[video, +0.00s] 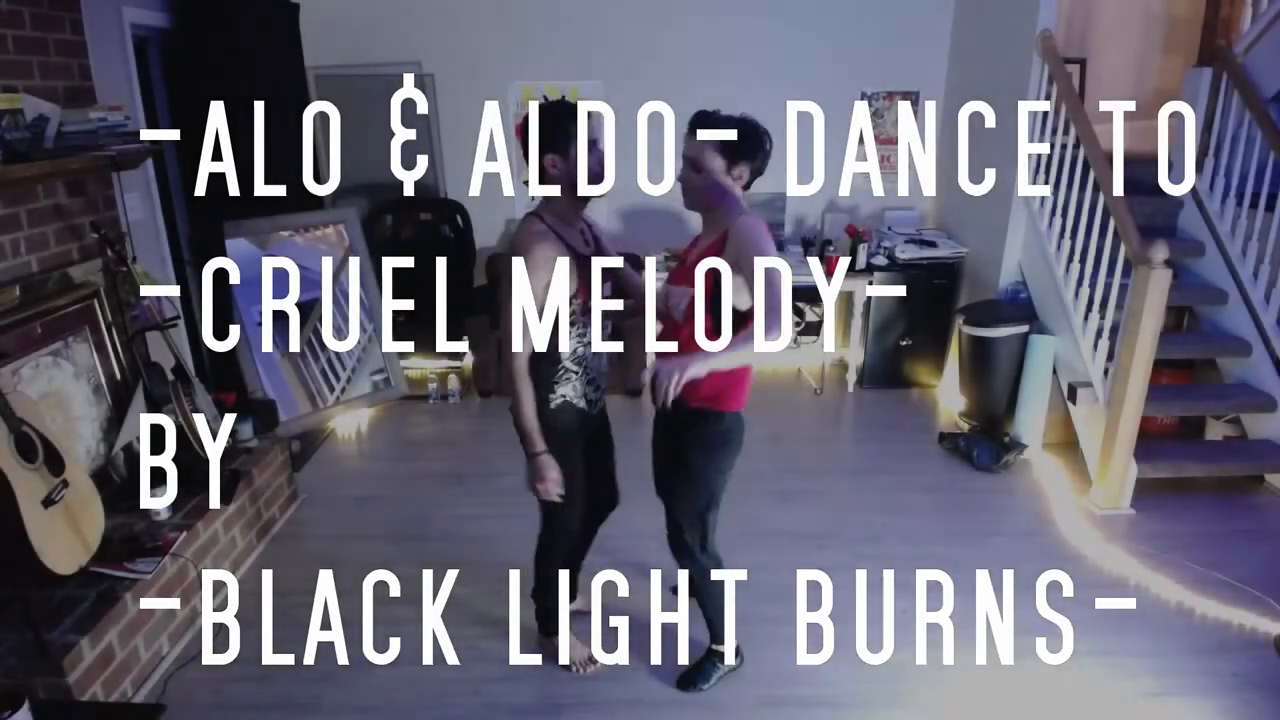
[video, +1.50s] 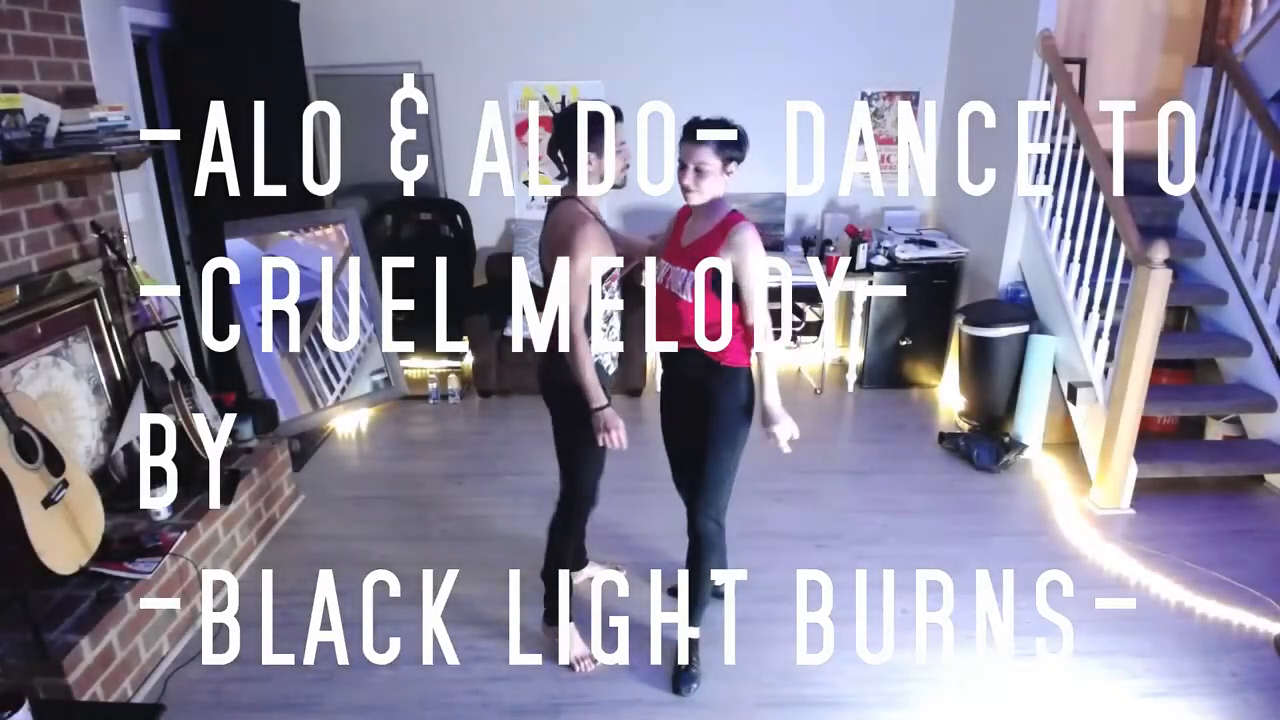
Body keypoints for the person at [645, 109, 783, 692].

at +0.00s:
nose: (681, 177)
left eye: (692, 167)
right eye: (682, 166)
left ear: (732, 172)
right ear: (721, 173)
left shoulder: (747, 232)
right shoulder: (706, 238)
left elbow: (771, 328)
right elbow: (683, 316)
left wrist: (697, 362)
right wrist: (637, 293)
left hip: (711, 414)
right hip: (678, 408)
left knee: (690, 533)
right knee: (685, 531)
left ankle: (723, 645)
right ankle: (719, 639)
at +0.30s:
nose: (701, 195)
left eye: (717, 184)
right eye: (693, 179)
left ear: (740, 186)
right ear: (679, 176)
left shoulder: (744, 234)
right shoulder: (683, 249)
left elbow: (786, 313)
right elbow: (664, 316)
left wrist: (749, 363)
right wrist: (611, 298)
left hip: (731, 421)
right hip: (685, 414)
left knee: (694, 553)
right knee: (680, 514)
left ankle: (725, 648)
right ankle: (686, 584)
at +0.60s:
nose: (706, 198)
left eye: (720, 190)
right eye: (699, 185)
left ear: (737, 195)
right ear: (685, 181)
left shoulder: (747, 240)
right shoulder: (668, 249)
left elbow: (794, 311)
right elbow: (659, 314)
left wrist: (822, 390)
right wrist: (623, 295)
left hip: (741, 417)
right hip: (687, 414)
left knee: (713, 541)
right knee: (689, 513)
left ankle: (726, 648)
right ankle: (717, 576)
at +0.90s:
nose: (709, 201)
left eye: (723, 192)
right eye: (701, 187)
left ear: (741, 192)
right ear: (688, 180)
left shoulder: (753, 252)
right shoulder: (669, 237)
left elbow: (782, 340)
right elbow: (654, 301)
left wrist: (808, 420)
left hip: (733, 401)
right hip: (681, 395)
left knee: (711, 528)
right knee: (675, 502)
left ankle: (724, 646)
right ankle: (721, 570)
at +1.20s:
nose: (697, 192)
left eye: (711, 182)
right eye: (691, 179)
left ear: (733, 184)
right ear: (681, 175)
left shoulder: (747, 243)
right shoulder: (675, 227)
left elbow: (770, 332)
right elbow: (654, 275)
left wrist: (787, 409)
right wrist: (610, 284)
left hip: (734, 388)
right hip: (682, 383)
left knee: (705, 519)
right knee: (674, 490)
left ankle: (705, 644)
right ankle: (711, 565)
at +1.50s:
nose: (688, 176)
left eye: (701, 168)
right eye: (684, 165)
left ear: (729, 173)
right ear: (677, 166)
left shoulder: (741, 235)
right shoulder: (678, 220)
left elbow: (758, 323)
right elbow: (658, 255)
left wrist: (770, 402)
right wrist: (611, 245)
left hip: (727, 380)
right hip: (678, 376)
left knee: (705, 512)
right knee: (693, 495)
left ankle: (688, 642)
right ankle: (713, 575)